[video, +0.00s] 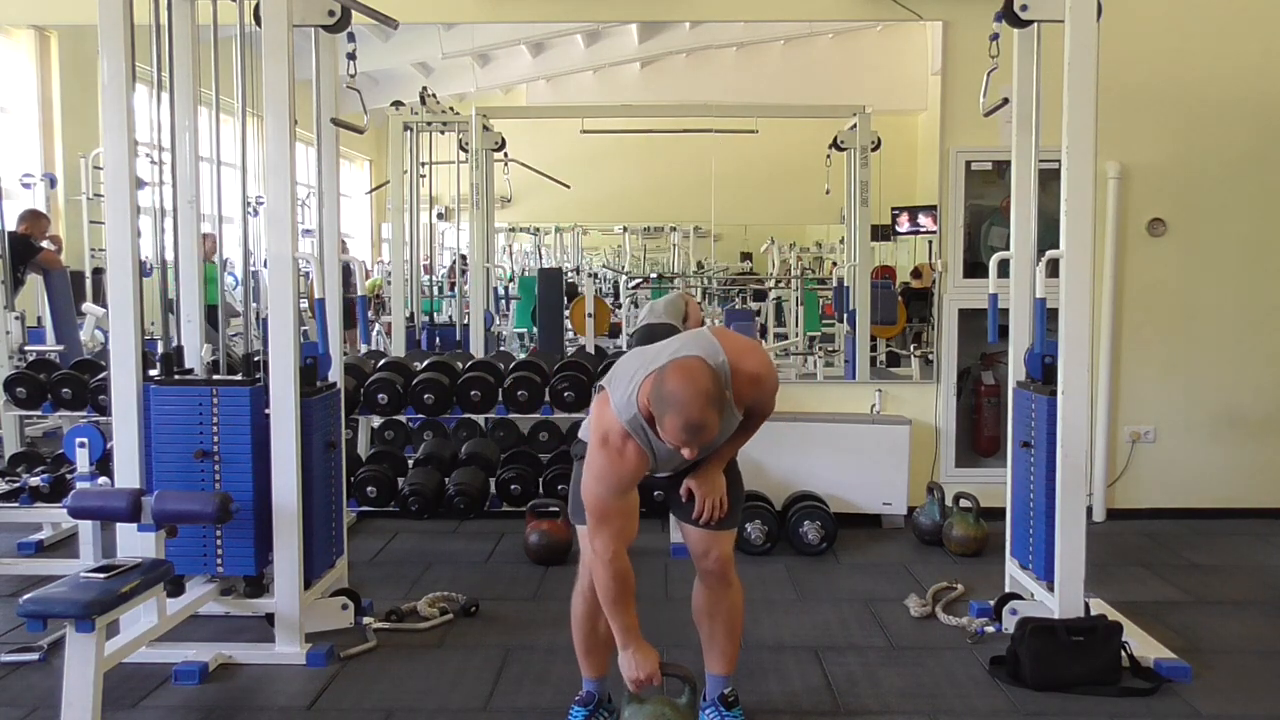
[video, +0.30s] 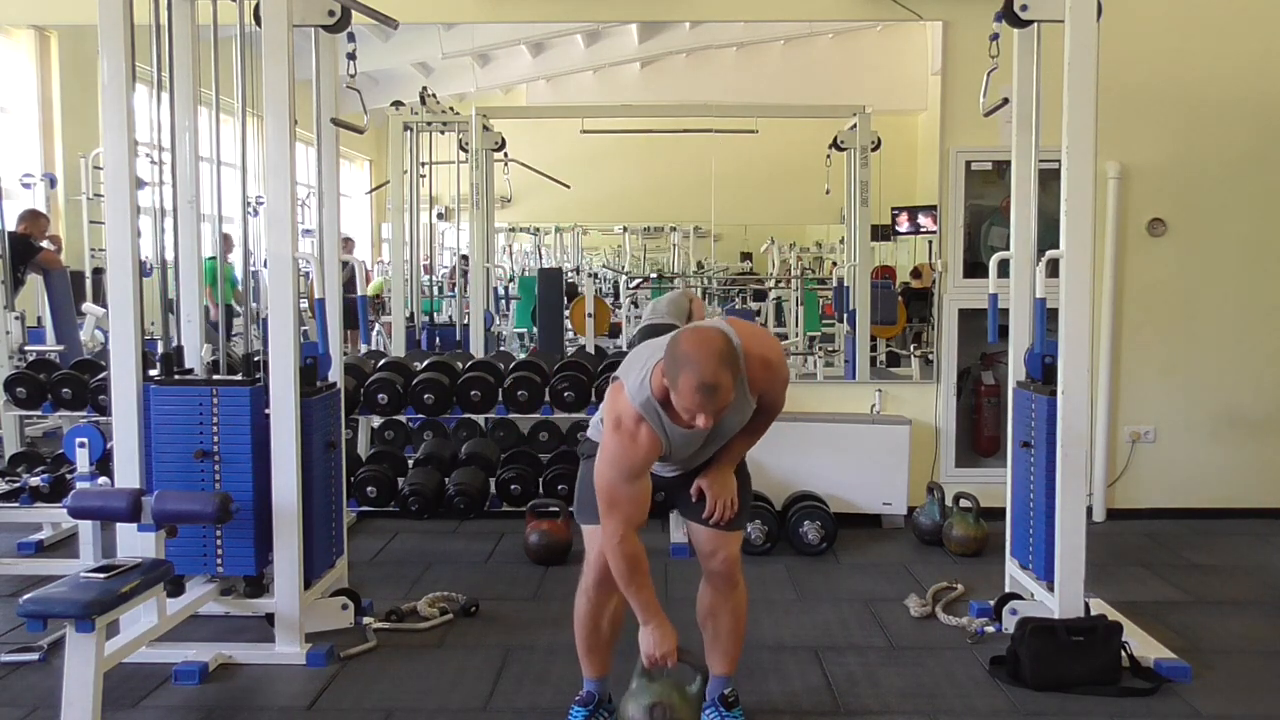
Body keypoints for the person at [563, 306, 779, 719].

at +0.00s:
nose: (689, 454)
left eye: (701, 445)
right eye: (678, 445)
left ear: (725, 399)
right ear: (650, 413)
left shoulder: (753, 372)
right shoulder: (615, 437)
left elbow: (759, 411)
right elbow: (608, 551)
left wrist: (716, 463)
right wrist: (630, 643)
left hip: (710, 459)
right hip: (617, 461)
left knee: (716, 563)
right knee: (597, 569)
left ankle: (719, 697)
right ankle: (591, 695)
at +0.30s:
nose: (704, 423)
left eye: (716, 412)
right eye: (691, 414)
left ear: (734, 379)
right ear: (663, 384)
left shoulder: (764, 360)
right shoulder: (631, 420)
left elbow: (768, 409)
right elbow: (618, 533)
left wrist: (726, 464)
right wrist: (652, 621)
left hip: (711, 457)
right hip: (623, 457)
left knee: (723, 564)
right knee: (603, 567)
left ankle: (720, 697)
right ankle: (592, 695)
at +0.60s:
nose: (715, 316)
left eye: (729, 301)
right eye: (704, 299)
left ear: (749, 284)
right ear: (680, 278)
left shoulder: (774, 317)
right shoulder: (632, 331)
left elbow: (780, 398)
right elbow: (598, 430)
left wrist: (740, 468)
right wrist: (645, 508)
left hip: (719, 448)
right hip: (634, 445)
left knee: (728, 563)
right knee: (611, 560)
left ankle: (720, 700)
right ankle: (594, 694)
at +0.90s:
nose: (715, 190)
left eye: (730, 178)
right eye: (705, 175)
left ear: (749, 182)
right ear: (685, 175)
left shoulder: (773, 267)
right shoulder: (632, 250)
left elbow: (786, 361)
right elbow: (590, 335)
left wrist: (726, 425)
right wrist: (642, 402)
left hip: (723, 440)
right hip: (632, 431)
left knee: (722, 562)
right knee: (613, 556)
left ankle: (719, 700)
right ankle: (589, 693)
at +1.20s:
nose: (669, 168)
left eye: (682, 156)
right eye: (657, 157)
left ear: (699, 167)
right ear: (638, 166)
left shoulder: (732, 252)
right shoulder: (597, 252)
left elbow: (757, 341)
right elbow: (562, 337)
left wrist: (703, 402)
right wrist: (619, 395)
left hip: (705, 434)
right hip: (613, 433)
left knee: (709, 561)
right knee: (607, 561)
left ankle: (718, 699)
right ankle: (598, 690)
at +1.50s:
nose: (616, 165)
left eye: (628, 155)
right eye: (604, 156)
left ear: (646, 166)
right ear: (586, 169)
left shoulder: (688, 245)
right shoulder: (553, 256)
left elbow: (721, 327)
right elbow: (535, 346)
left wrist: (680, 392)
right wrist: (592, 409)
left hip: (680, 427)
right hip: (589, 430)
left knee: (699, 552)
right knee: (593, 557)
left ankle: (719, 692)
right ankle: (596, 692)